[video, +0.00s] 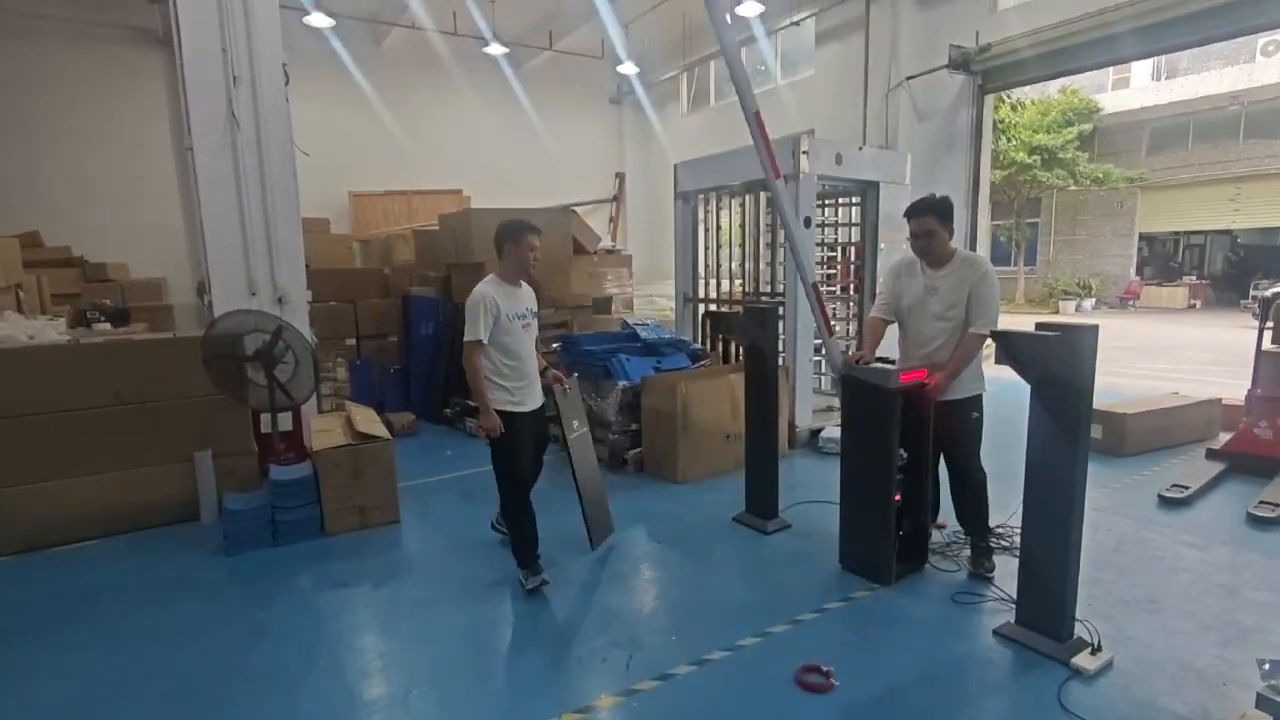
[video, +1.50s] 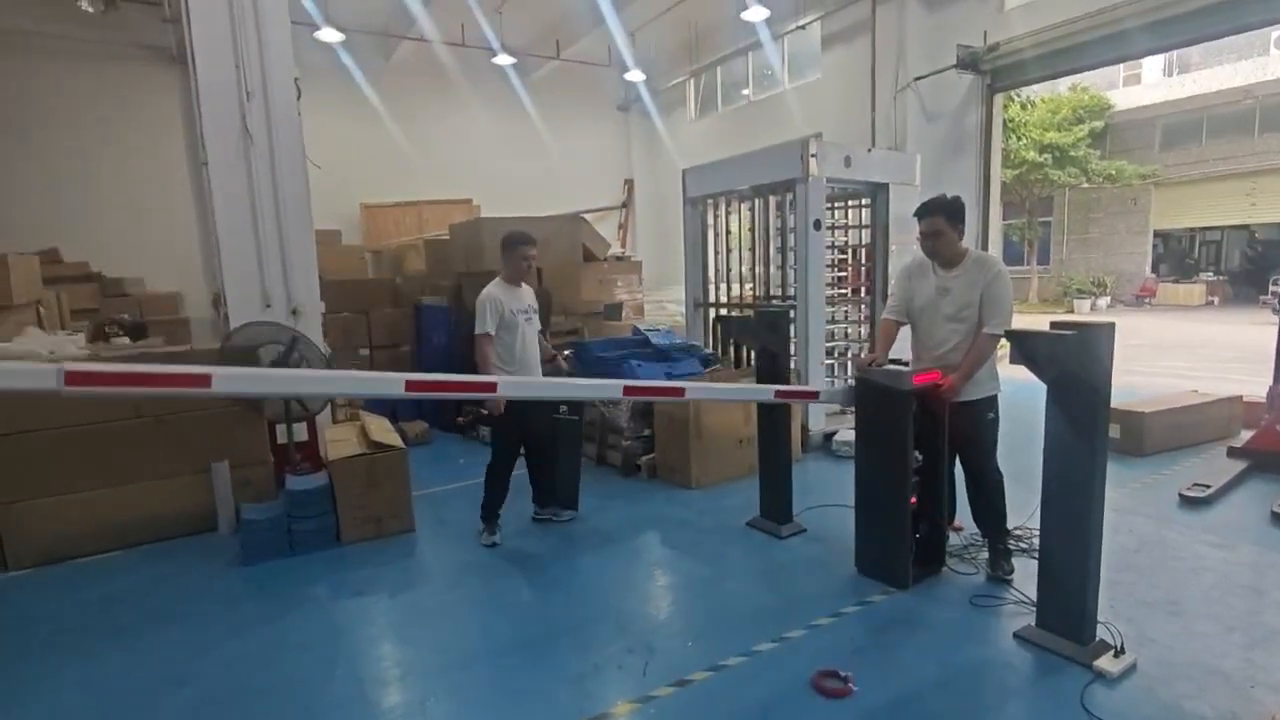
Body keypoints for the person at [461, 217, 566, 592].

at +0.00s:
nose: (535, 258)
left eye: (537, 251)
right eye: (529, 251)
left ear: (528, 253)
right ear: (506, 250)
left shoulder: (527, 293)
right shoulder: (482, 296)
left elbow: (525, 347)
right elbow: (471, 357)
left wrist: (546, 371)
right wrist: (484, 409)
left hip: (533, 405)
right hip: (505, 411)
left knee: (530, 472)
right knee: (516, 488)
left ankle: (505, 517)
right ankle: (528, 564)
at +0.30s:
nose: (524, 261)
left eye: (526, 255)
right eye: (520, 254)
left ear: (512, 255)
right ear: (498, 251)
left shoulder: (516, 291)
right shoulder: (468, 292)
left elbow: (518, 340)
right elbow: (457, 346)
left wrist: (539, 366)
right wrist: (475, 393)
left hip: (518, 398)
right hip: (488, 402)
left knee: (514, 469)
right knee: (497, 475)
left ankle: (509, 526)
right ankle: (499, 544)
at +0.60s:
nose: (507, 262)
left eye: (509, 256)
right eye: (501, 255)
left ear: (507, 256)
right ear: (480, 254)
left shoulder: (504, 293)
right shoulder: (455, 296)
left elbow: (513, 336)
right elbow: (445, 349)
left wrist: (535, 362)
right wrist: (458, 396)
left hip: (510, 397)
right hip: (475, 402)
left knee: (510, 465)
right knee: (479, 467)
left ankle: (510, 526)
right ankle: (478, 521)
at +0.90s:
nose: (497, 268)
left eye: (498, 262)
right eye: (493, 261)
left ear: (494, 262)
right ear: (474, 258)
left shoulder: (497, 291)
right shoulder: (450, 300)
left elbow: (511, 332)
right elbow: (441, 352)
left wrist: (535, 358)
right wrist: (449, 398)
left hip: (506, 395)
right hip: (471, 400)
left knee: (512, 460)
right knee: (477, 466)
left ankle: (519, 517)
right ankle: (482, 523)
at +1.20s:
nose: (506, 266)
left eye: (508, 260)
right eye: (501, 260)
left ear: (507, 260)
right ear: (480, 260)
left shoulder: (506, 293)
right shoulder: (461, 299)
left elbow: (516, 337)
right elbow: (452, 351)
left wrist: (540, 360)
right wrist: (460, 396)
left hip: (514, 394)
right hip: (480, 399)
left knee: (528, 453)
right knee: (483, 465)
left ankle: (537, 507)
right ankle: (485, 523)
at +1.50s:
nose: (532, 265)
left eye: (533, 259)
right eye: (526, 259)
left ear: (532, 260)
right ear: (507, 258)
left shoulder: (528, 292)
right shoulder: (490, 296)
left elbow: (533, 336)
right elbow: (483, 348)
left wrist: (551, 354)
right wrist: (492, 390)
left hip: (536, 388)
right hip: (507, 391)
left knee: (540, 450)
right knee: (503, 458)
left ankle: (543, 505)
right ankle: (490, 520)